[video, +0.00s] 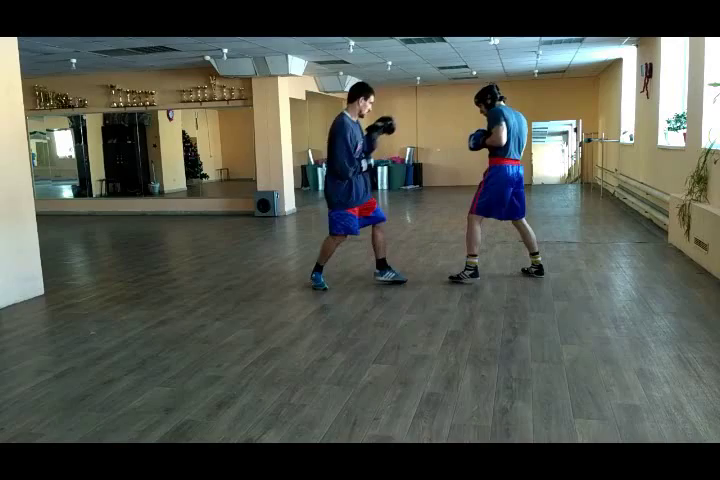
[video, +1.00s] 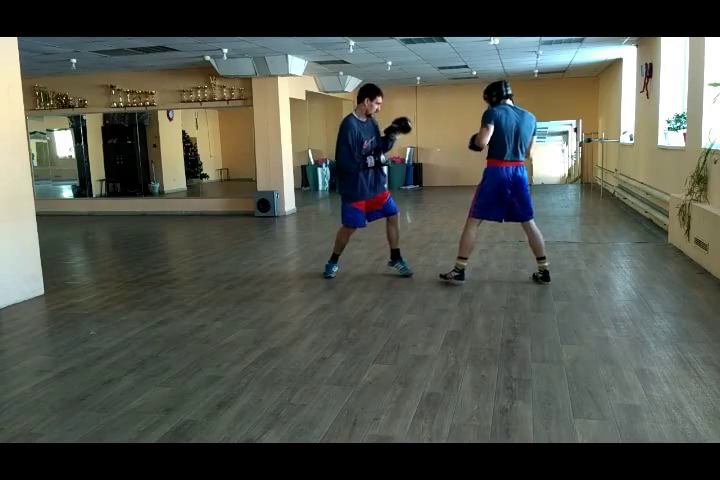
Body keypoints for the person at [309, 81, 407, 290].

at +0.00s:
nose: (370, 108)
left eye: (371, 103)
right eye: (369, 102)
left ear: (357, 101)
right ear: (359, 100)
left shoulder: (355, 124)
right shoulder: (342, 125)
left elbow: (362, 154)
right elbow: (344, 169)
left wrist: (374, 133)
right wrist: (366, 160)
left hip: (359, 189)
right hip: (342, 192)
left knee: (379, 221)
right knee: (339, 233)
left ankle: (383, 269)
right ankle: (317, 272)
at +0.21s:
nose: (368, 106)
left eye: (369, 101)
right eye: (367, 100)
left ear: (356, 100)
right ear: (357, 99)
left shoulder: (358, 122)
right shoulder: (341, 123)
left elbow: (368, 144)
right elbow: (341, 165)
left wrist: (386, 135)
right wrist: (370, 158)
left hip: (363, 187)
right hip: (344, 190)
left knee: (382, 220)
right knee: (336, 232)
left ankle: (389, 262)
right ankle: (316, 273)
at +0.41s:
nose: (385, 106)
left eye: (387, 102)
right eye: (383, 101)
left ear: (380, 102)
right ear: (372, 100)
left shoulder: (382, 123)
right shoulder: (353, 124)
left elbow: (389, 141)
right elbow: (344, 161)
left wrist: (407, 121)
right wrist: (373, 162)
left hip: (375, 188)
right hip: (351, 189)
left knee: (386, 224)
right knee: (336, 229)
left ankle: (388, 265)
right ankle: (317, 272)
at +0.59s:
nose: (394, 107)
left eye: (396, 103)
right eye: (392, 102)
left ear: (385, 101)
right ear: (380, 99)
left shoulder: (395, 117)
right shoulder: (360, 120)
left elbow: (422, 113)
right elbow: (349, 155)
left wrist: (449, 103)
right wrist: (377, 158)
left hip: (375, 182)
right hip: (353, 183)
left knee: (384, 223)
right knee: (343, 223)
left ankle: (389, 265)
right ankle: (328, 267)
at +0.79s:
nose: (386, 104)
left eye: (387, 100)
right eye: (384, 100)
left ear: (379, 99)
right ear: (371, 97)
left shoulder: (386, 118)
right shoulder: (352, 120)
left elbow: (399, 135)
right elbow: (344, 154)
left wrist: (417, 119)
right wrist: (370, 155)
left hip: (378, 182)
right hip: (355, 182)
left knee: (385, 223)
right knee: (345, 222)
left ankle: (390, 263)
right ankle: (332, 260)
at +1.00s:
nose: (379, 108)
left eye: (380, 104)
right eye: (377, 103)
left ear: (367, 103)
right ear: (365, 101)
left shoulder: (371, 123)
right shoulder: (349, 125)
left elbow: (379, 151)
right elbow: (346, 163)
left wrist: (391, 134)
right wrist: (375, 160)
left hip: (375, 183)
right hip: (355, 187)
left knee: (392, 214)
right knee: (350, 224)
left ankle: (395, 259)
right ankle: (333, 261)